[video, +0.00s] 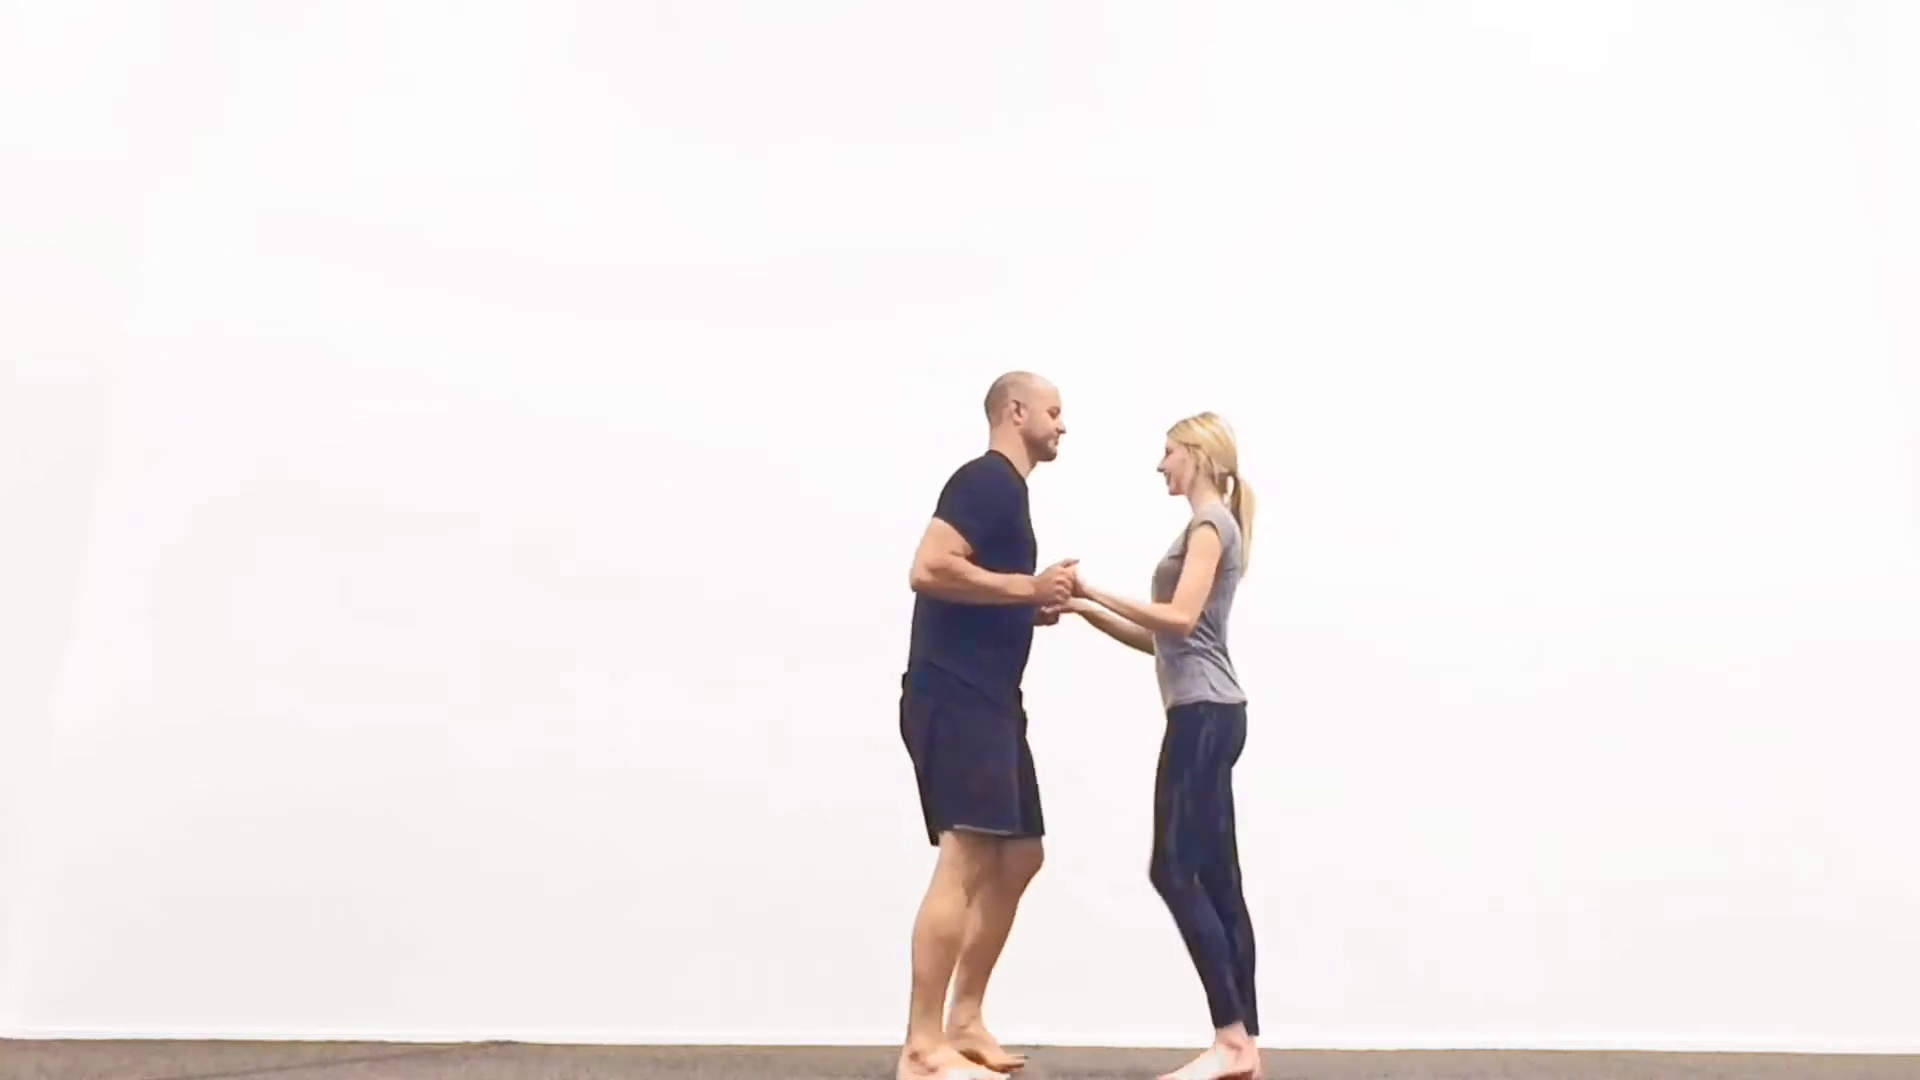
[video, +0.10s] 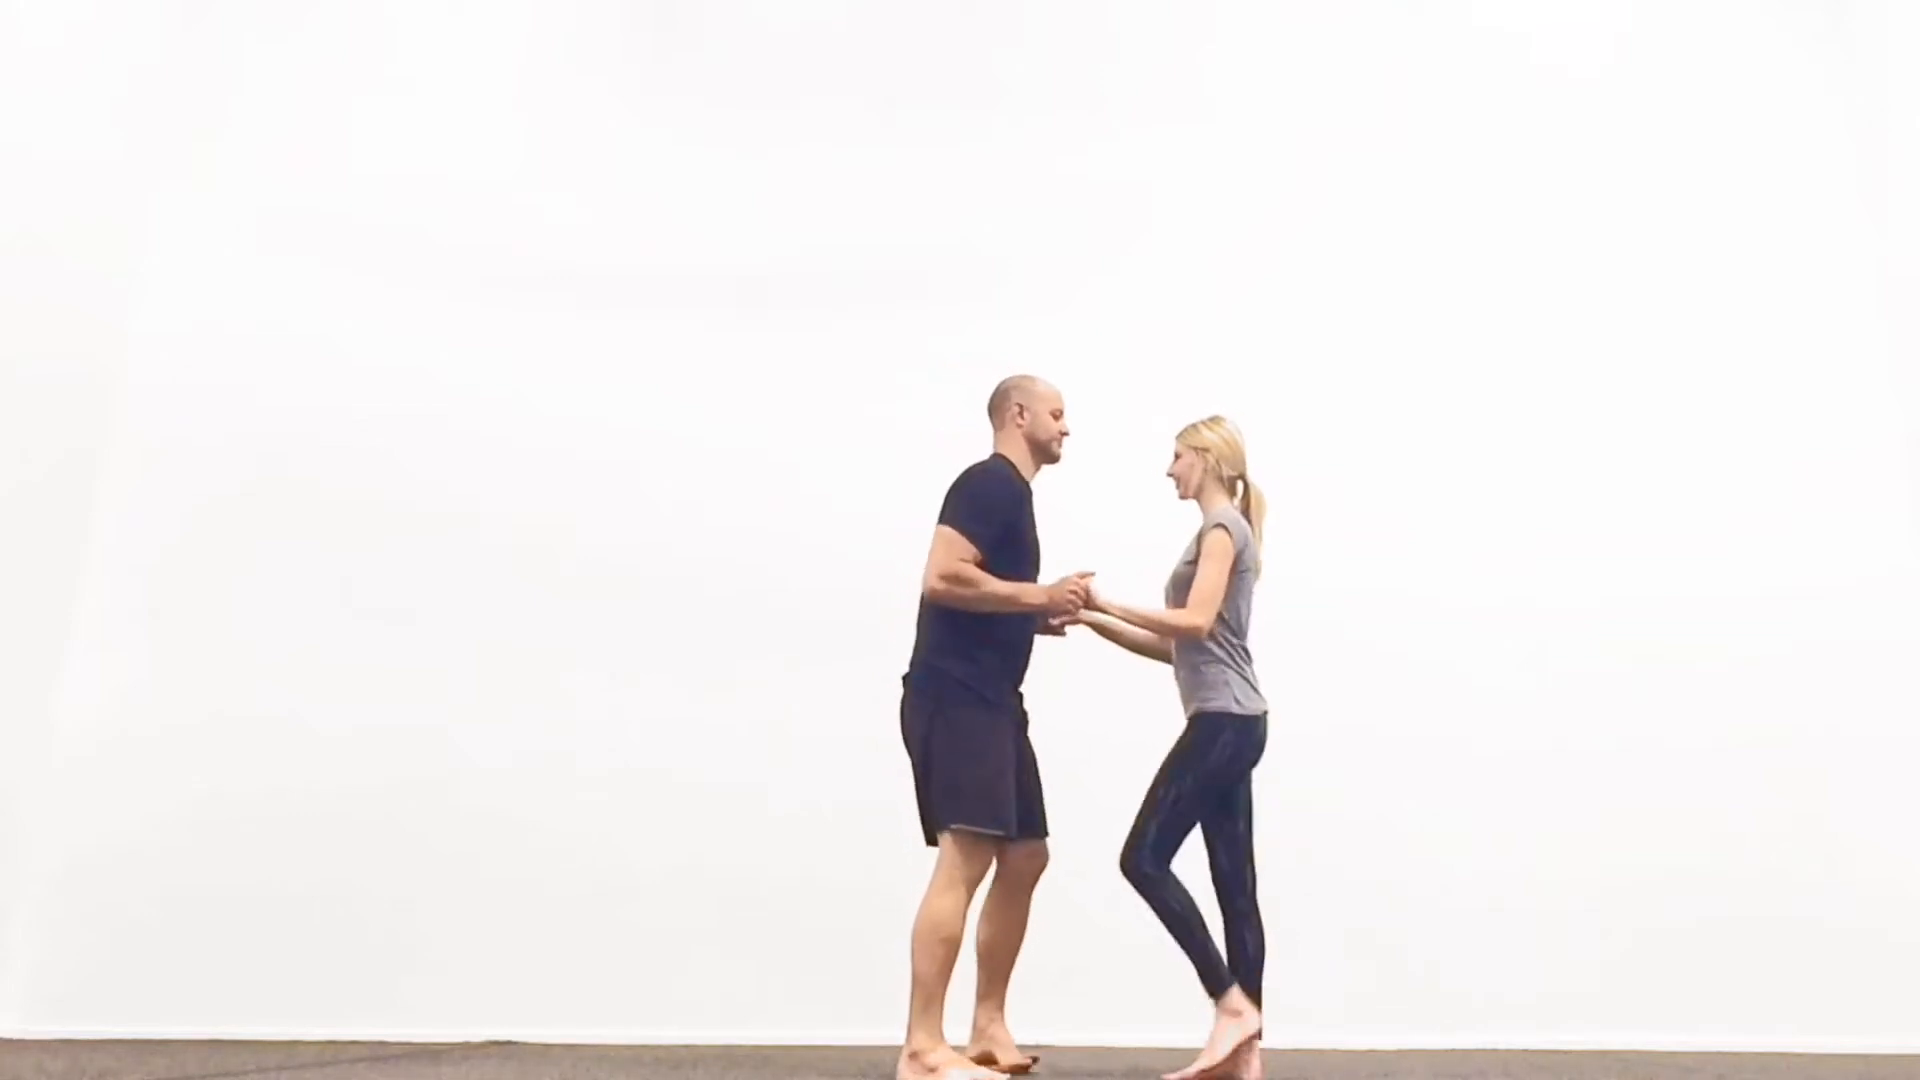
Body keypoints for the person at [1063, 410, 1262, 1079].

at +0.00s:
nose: (1160, 463)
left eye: (1168, 451)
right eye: (1163, 452)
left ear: (1196, 455)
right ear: (1205, 459)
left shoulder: (1209, 522)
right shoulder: (1210, 530)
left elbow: (1183, 617)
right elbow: (1161, 641)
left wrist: (1095, 593)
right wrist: (1086, 607)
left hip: (1203, 710)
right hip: (1209, 709)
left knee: (1172, 869)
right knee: (1218, 874)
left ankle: (1232, 1039)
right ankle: (1243, 1039)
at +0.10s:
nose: (1169, 469)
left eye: (1178, 456)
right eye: (1173, 457)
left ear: (1209, 460)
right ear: (1217, 464)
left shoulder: (1221, 525)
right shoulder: (1224, 534)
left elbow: (1197, 620)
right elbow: (1176, 649)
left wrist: (1106, 603)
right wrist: (1090, 620)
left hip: (1221, 719)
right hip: (1232, 719)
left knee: (1143, 860)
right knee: (1235, 885)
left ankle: (1231, 1007)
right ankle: (1248, 1051)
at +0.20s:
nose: (1188, 473)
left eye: (1195, 461)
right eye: (1191, 462)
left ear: (1223, 465)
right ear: (1227, 468)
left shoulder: (1243, 531)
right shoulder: (1237, 542)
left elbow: (1224, 624)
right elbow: (1191, 655)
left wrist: (1131, 620)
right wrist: (1109, 633)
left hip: (1246, 726)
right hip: (1245, 725)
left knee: (1153, 859)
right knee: (1245, 890)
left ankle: (1277, 966)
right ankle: (1243, 1049)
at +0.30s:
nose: (1214, 476)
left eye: (1222, 465)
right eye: (1216, 465)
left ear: (1250, 470)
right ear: (1258, 473)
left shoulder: (1266, 535)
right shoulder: (1263, 545)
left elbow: (1246, 627)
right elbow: (1207, 656)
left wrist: (1155, 629)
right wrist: (1141, 630)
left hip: (1267, 729)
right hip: (1263, 729)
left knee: (1215, 884)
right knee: (1254, 890)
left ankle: (1358, 961)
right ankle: (1246, 1049)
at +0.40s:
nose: (1244, 478)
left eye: (1252, 466)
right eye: (1246, 466)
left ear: (1280, 470)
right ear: (1283, 471)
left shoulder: (1299, 536)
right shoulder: (1286, 544)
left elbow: (1275, 629)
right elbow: (1223, 639)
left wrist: (1192, 639)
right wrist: (1156, 606)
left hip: (1296, 732)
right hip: (1275, 733)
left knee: (1309, 894)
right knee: (1262, 889)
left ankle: (1442, 996)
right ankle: (1247, 1048)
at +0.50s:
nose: (1275, 480)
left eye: (1281, 468)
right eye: (1277, 469)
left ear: (1309, 471)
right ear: (1312, 473)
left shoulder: (1331, 538)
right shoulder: (1311, 550)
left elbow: (1321, 632)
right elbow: (1244, 626)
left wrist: (1240, 669)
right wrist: (1176, 587)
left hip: (1341, 730)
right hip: (1306, 735)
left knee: (1395, 884)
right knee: (1273, 883)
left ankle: (1499, 1021)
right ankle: (1247, 1047)